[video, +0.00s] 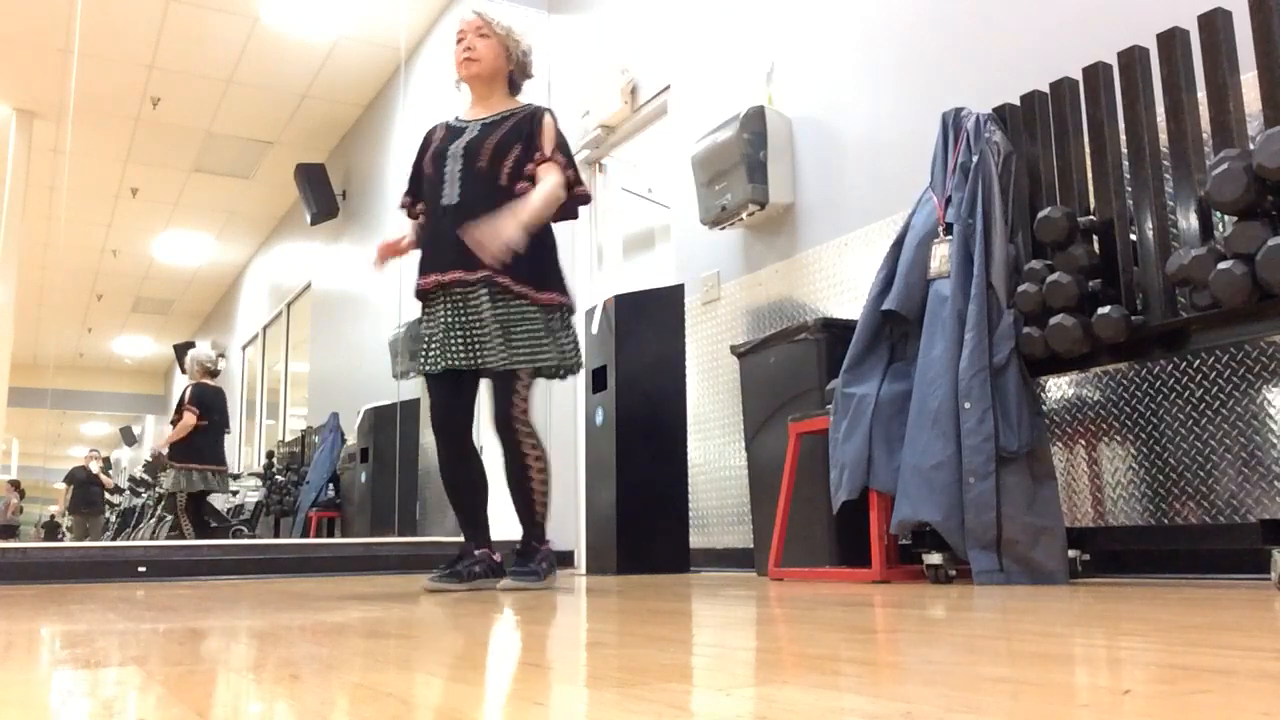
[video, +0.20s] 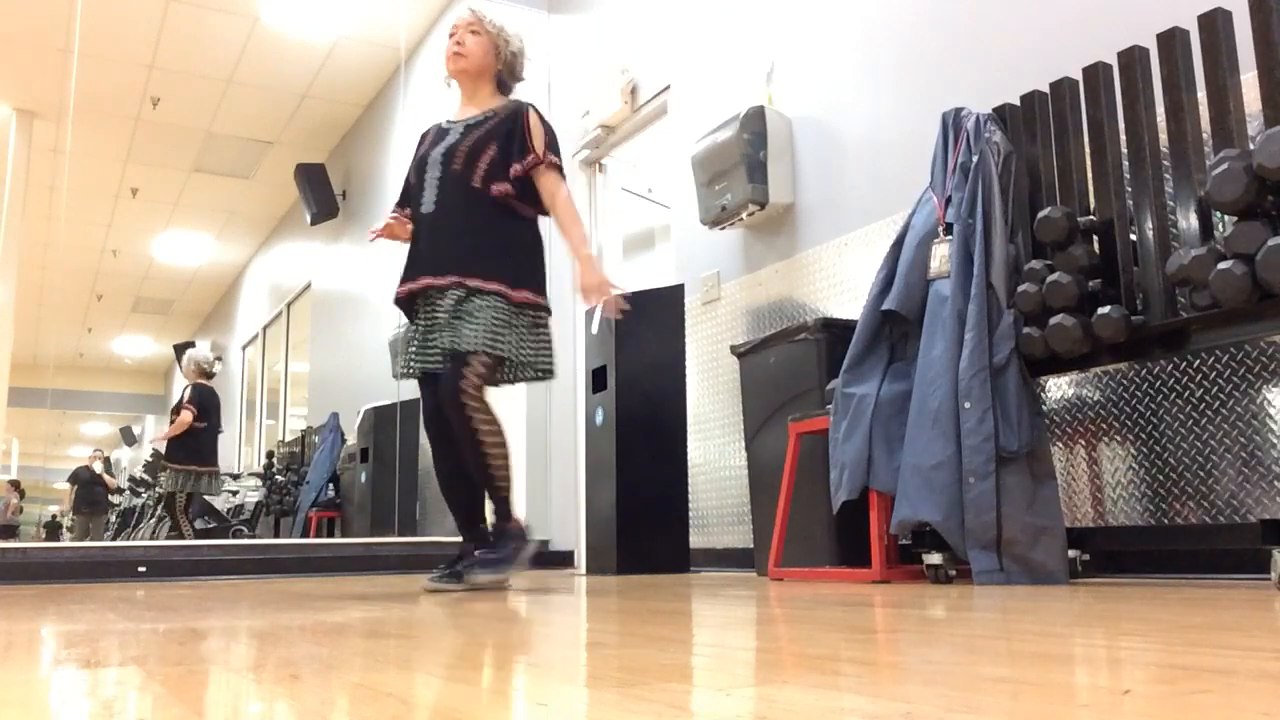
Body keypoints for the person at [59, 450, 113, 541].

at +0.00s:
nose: (93, 460)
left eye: (96, 458)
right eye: (90, 457)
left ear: (100, 460)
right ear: (85, 458)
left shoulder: (103, 472)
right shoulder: (76, 471)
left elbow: (111, 486)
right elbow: (64, 488)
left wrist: (99, 473)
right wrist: (61, 506)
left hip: (96, 512)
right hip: (78, 512)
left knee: (96, 540)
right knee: (78, 540)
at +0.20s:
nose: (96, 460)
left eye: (99, 458)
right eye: (94, 457)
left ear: (103, 460)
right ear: (89, 458)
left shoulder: (107, 473)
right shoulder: (80, 471)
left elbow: (114, 486)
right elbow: (69, 487)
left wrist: (102, 473)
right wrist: (67, 504)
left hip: (99, 512)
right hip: (81, 511)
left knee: (97, 540)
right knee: (78, 539)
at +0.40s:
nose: (101, 460)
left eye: (104, 458)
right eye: (98, 457)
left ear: (107, 460)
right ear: (94, 458)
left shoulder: (110, 471)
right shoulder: (85, 470)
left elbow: (117, 485)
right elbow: (74, 487)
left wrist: (106, 473)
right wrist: (72, 505)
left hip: (104, 512)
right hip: (85, 511)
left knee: (98, 539)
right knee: (81, 538)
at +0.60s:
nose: (103, 460)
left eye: (106, 458)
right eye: (101, 458)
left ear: (110, 460)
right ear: (97, 458)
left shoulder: (114, 471)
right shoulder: (88, 471)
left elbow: (120, 485)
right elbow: (78, 488)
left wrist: (108, 474)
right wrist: (74, 506)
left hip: (106, 512)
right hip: (88, 511)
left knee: (101, 540)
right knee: (84, 538)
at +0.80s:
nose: (105, 461)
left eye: (108, 459)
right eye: (102, 458)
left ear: (112, 460)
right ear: (99, 459)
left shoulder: (116, 471)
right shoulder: (91, 471)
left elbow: (121, 485)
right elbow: (81, 489)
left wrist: (109, 474)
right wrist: (77, 506)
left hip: (108, 512)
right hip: (90, 511)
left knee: (102, 540)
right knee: (85, 538)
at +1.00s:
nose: (105, 461)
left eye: (108, 459)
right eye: (103, 458)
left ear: (112, 460)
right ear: (99, 459)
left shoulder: (117, 471)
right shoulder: (92, 471)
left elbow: (122, 485)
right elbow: (82, 489)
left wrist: (109, 473)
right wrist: (79, 505)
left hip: (108, 512)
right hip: (90, 511)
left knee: (101, 540)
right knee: (83, 538)